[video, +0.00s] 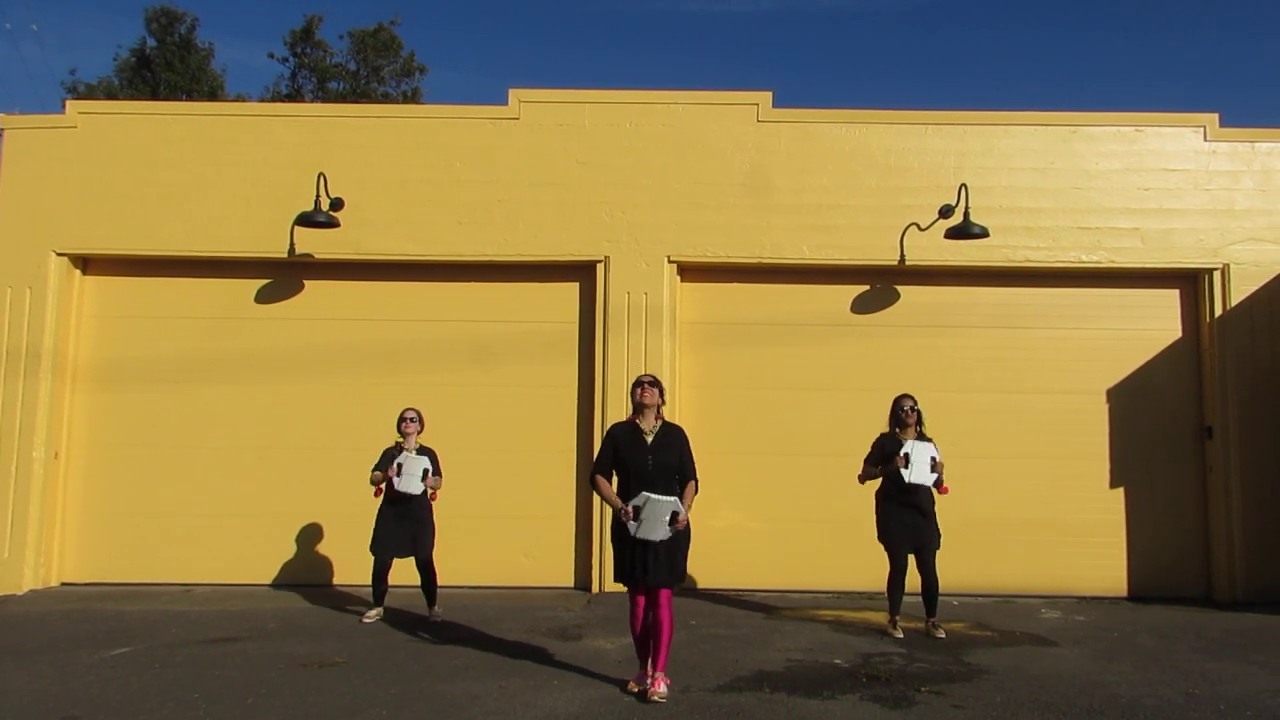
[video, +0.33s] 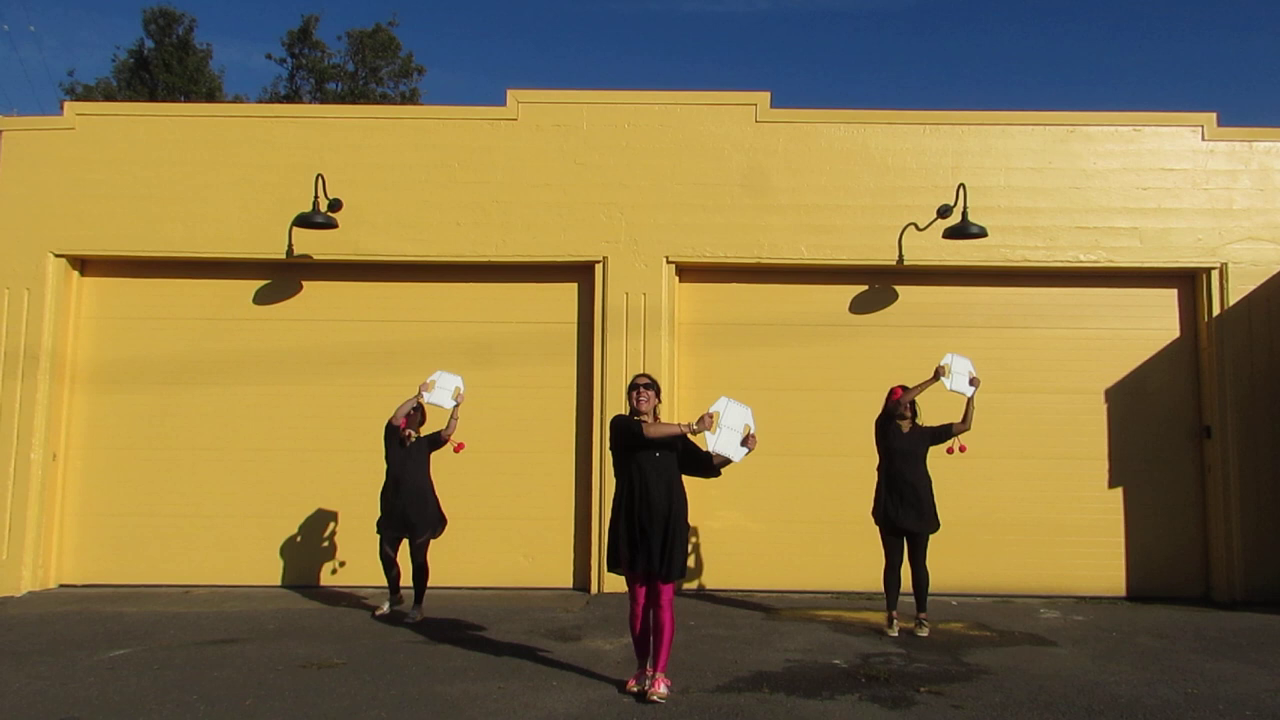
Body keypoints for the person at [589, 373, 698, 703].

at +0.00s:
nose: (644, 389)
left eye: (651, 386)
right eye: (639, 386)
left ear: (661, 397)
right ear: (632, 396)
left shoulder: (675, 433)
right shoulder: (618, 432)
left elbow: (690, 479)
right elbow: (598, 476)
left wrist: (684, 508)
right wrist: (618, 505)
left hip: (669, 525)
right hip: (632, 525)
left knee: (662, 597)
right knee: (638, 599)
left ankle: (659, 674)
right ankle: (644, 669)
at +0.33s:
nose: (641, 394)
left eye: (647, 390)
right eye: (635, 390)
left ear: (657, 398)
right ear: (629, 398)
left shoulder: (671, 436)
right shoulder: (620, 425)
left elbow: (707, 464)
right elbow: (644, 432)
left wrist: (739, 449)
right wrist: (692, 427)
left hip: (668, 526)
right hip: (632, 525)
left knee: (662, 600)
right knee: (638, 600)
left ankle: (659, 675)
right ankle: (643, 670)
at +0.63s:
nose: (657, 411)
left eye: (663, 406)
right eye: (652, 405)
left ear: (671, 411)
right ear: (641, 409)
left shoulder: (681, 440)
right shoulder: (632, 436)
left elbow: (703, 410)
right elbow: (629, 402)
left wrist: (699, 363)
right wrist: (640, 357)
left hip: (666, 530)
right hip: (630, 529)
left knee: (659, 603)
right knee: (638, 604)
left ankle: (656, 678)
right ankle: (644, 672)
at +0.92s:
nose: (651, 399)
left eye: (658, 393)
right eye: (646, 394)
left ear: (668, 397)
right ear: (638, 397)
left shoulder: (677, 421)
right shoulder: (628, 420)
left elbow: (710, 397)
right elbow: (640, 387)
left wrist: (728, 355)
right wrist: (671, 351)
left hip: (674, 516)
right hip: (635, 516)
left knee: (665, 593)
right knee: (647, 596)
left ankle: (665, 673)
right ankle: (673, 658)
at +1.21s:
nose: (663, 397)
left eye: (669, 393)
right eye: (657, 393)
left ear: (676, 399)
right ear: (647, 399)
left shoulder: (686, 429)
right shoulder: (635, 429)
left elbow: (710, 413)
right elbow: (621, 409)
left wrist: (698, 370)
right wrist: (633, 371)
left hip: (676, 522)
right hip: (638, 522)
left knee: (667, 595)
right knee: (646, 599)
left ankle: (659, 674)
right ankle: (666, 661)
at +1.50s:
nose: (658, 402)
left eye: (664, 398)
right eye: (654, 398)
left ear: (675, 403)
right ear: (649, 400)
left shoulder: (685, 431)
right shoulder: (635, 430)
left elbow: (713, 425)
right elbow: (614, 424)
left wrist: (703, 384)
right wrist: (636, 385)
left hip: (676, 521)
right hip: (640, 521)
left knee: (661, 596)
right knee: (654, 597)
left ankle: (651, 673)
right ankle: (671, 665)